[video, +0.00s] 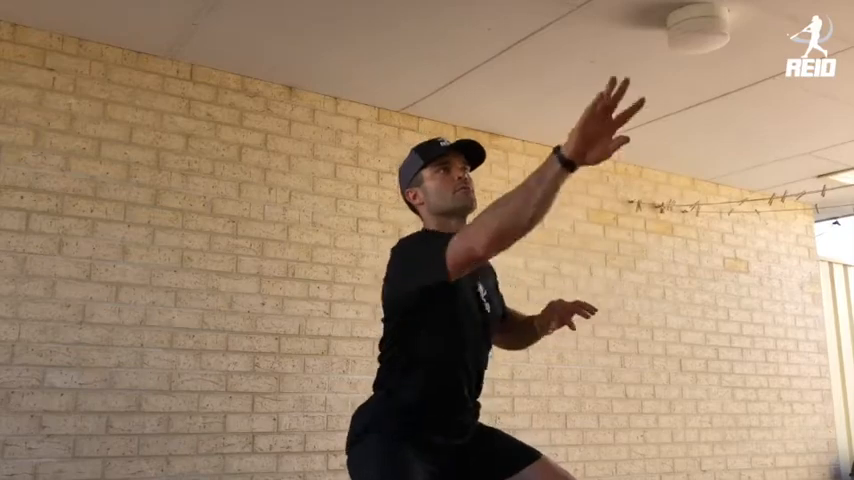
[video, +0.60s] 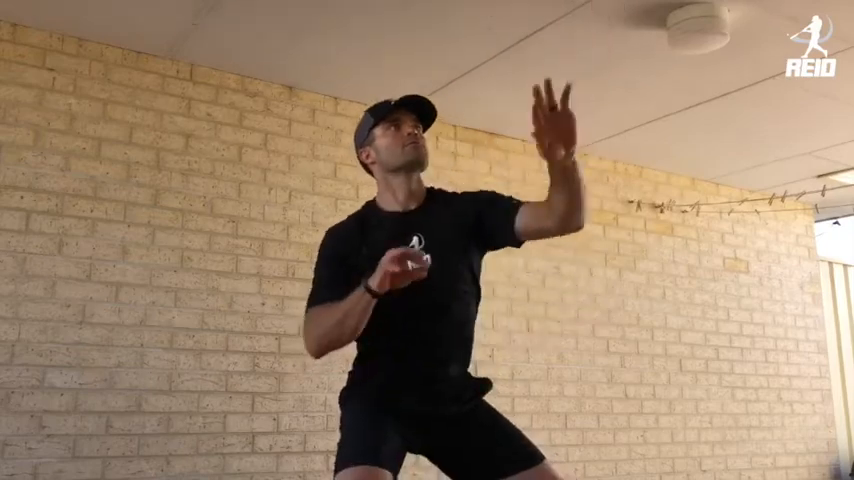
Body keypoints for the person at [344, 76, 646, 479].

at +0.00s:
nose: (462, 175)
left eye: (464, 168)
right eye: (444, 169)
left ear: (472, 182)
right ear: (415, 197)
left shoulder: (477, 265)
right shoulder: (411, 257)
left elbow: (501, 328)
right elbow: (482, 241)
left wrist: (540, 324)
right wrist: (568, 156)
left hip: (461, 436)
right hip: (396, 439)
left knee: (557, 476)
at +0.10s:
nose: (457, 160)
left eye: (461, 154)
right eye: (439, 154)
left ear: (470, 170)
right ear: (413, 183)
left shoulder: (484, 257)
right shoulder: (403, 241)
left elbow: (536, 330)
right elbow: (446, 283)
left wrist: (543, 298)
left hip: (463, 425)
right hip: (396, 425)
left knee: (557, 476)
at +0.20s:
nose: (443, 149)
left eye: (447, 143)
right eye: (424, 144)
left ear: (455, 160)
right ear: (401, 175)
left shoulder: (484, 237)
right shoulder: (381, 245)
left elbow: (575, 282)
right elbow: (388, 333)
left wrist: (537, 236)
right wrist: (464, 264)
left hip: (464, 414)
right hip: (395, 414)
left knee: (556, 476)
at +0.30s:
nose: (423, 142)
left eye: (428, 137)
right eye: (404, 139)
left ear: (437, 155)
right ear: (381, 170)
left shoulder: (476, 223)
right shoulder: (361, 247)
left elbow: (568, 209)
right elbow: (340, 354)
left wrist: (526, 154)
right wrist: (396, 305)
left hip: (465, 408)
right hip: (389, 411)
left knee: (554, 475)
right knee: (378, 475)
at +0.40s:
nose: (408, 140)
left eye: (413, 134)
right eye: (388, 137)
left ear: (425, 154)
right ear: (365, 169)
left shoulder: (465, 212)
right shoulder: (347, 251)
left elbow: (534, 156)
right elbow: (313, 357)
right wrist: (349, 324)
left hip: (460, 408)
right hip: (383, 411)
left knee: (547, 475)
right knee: (365, 476)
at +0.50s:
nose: (406, 136)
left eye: (411, 131)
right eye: (387, 131)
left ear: (422, 152)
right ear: (362, 162)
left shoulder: (460, 209)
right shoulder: (343, 247)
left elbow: (530, 158)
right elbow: (307, 354)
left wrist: (581, 75)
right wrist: (340, 317)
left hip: (454, 404)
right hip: (379, 405)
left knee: (543, 475)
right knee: (360, 475)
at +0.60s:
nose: (413, 130)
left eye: (417, 125)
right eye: (394, 126)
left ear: (426, 144)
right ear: (368, 156)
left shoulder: (467, 212)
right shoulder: (346, 238)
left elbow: (564, 218)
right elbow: (316, 340)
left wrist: (561, 161)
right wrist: (372, 287)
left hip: (454, 400)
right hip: (378, 403)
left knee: (542, 476)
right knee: (362, 475)